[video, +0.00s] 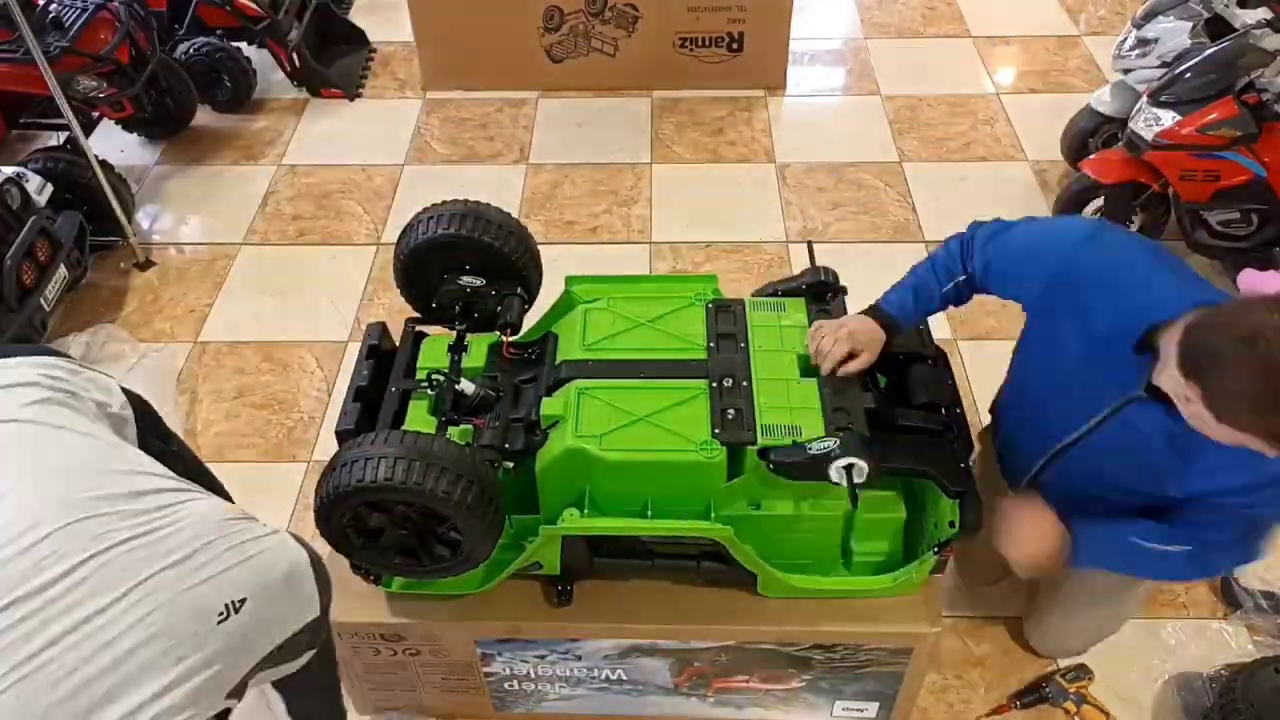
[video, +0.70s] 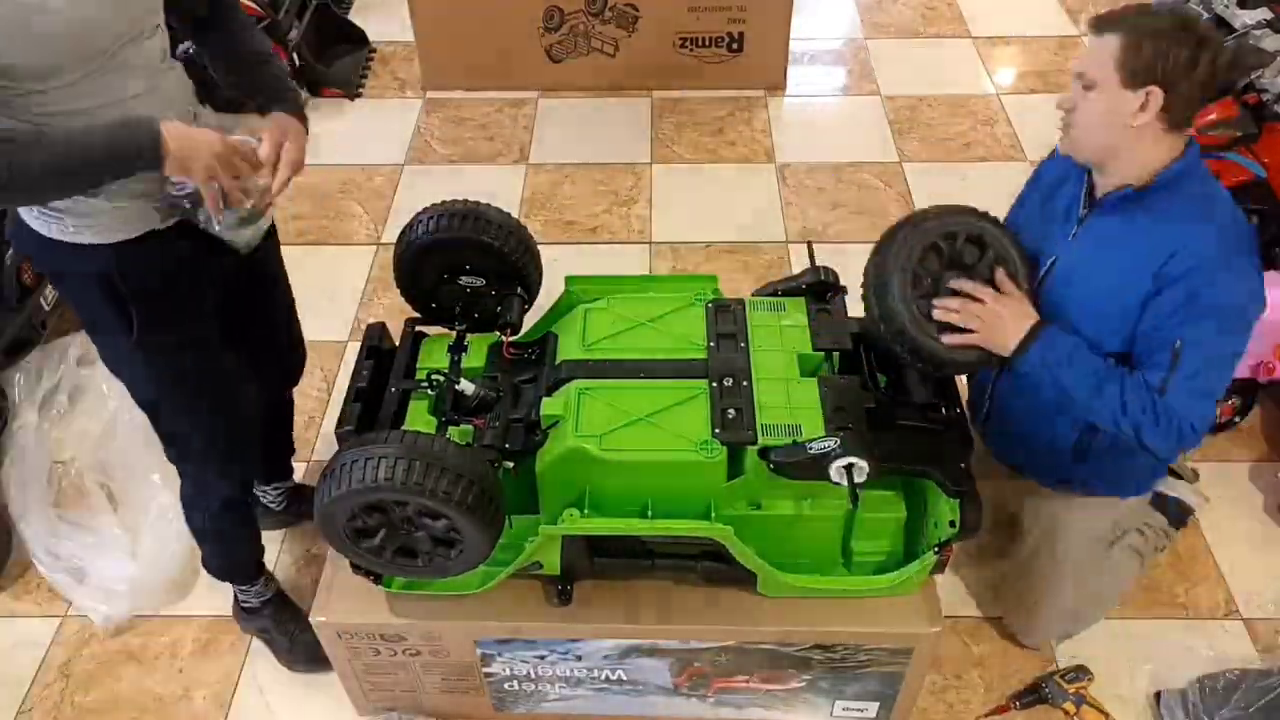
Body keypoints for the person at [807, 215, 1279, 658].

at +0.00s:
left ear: (1253, 439)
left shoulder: (1257, 479)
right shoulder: (1100, 267)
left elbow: (1200, 549)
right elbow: (974, 254)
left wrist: (1069, 543)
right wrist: (882, 319)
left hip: (1111, 539)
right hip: (1011, 461)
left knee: (1050, 638)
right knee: (977, 548)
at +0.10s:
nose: (1274, 499)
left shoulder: (1273, 519)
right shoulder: (1214, 354)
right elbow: (1117, 281)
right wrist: (1052, 366)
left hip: (1191, 525)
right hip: (1093, 451)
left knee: (1159, 670)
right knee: (980, 553)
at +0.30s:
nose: (1208, 245)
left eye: (1238, 241)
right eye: (1211, 220)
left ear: (1278, 264)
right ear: (1206, 209)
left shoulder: (1270, 346)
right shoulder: (1151, 260)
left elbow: (1273, 462)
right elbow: (1052, 335)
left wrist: (1233, 457)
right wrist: (1069, 376)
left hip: (1183, 504)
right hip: (1086, 449)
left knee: (1096, 639)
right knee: (990, 567)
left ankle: (1108, 534)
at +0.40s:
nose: (1140, 335)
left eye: (1171, 333)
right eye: (1129, 305)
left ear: (1227, 308)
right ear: (1123, 247)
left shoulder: (1263, 362)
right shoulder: (1076, 229)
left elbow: (1258, 485)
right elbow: (978, 231)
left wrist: (1140, 552)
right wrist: (949, 296)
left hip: (1099, 519)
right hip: (998, 463)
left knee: (1045, 640)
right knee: (962, 543)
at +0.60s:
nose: (1096, 184)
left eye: (1128, 177)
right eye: (1101, 157)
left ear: (1204, 194)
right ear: (1100, 137)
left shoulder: (1258, 300)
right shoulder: (1074, 193)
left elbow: (1256, 466)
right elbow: (995, 289)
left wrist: (1110, 410)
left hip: (1103, 510)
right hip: (1005, 451)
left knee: (1042, 642)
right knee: (972, 552)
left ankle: (1142, 538)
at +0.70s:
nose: (1064, 99)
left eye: (1085, 85)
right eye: (1074, 80)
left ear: (1146, 105)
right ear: (1141, 103)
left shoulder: (1213, 255)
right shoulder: (1062, 172)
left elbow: (1164, 425)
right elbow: (999, 277)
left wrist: (1028, 341)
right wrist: (942, 282)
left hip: (1084, 484)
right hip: (995, 437)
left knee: (1036, 627)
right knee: (967, 552)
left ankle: (1159, 517)